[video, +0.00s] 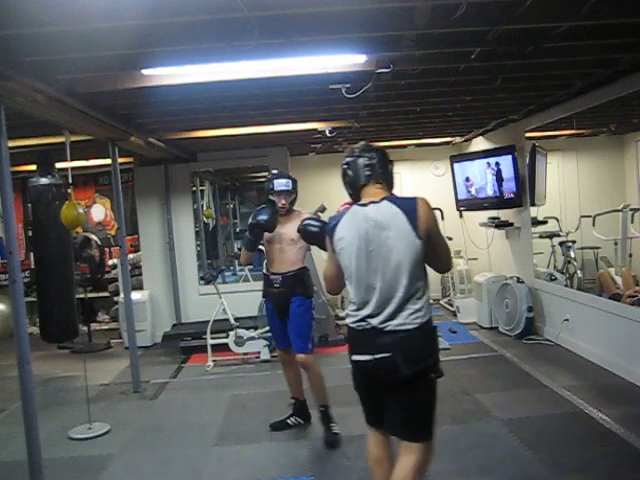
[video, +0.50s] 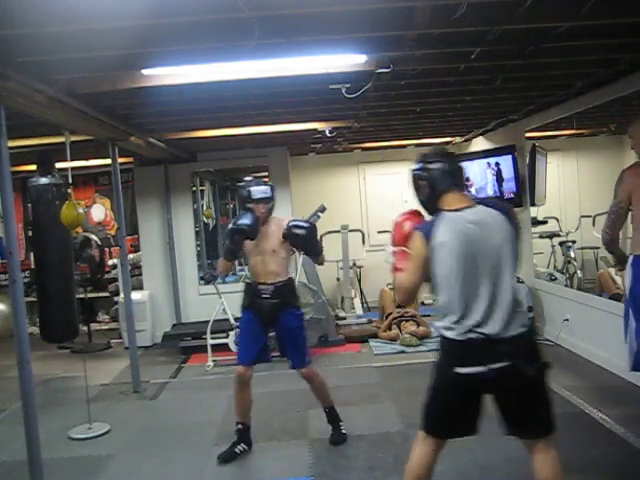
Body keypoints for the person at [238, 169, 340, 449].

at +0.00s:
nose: (282, 201)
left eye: (287, 196)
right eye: (278, 196)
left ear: (295, 196)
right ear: (270, 196)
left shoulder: (305, 220)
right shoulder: (263, 220)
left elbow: (333, 249)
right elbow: (245, 259)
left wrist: (324, 235)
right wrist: (254, 232)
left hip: (297, 286)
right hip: (271, 287)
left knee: (303, 357)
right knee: (285, 355)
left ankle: (327, 418)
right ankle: (300, 411)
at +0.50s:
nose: (259, 209)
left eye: (264, 203)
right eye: (254, 204)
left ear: (271, 203)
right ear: (246, 205)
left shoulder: (286, 226)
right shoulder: (242, 231)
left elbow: (319, 258)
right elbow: (223, 269)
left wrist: (310, 240)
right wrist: (234, 241)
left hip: (285, 299)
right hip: (254, 301)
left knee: (305, 369)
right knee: (242, 373)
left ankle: (335, 422)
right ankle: (243, 439)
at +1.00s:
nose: (239, 206)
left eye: (243, 201)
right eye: (233, 200)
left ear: (246, 203)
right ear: (217, 201)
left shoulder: (253, 228)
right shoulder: (199, 230)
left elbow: (282, 267)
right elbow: (189, 279)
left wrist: (289, 249)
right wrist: (210, 248)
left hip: (248, 310)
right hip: (212, 311)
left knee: (248, 391)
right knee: (205, 394)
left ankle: (243, 463)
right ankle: (226, 426)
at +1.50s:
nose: (249, 201)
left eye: (249, 195)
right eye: (244, 195)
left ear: (229, 194)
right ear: (224, 193)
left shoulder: (240, 224)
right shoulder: (195, 225)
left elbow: (271, 257)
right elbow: (195, 278)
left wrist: (297, 241)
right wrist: (231, 246)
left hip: (244, 318)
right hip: (210, 321)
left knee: (263, 399)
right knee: (208, 409)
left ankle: (264, 471)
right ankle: (194, 471)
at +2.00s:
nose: (295, 208)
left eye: (295, 202)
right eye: (291, 201)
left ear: (272, 196)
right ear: (275, 196)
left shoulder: (277, 224)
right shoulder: (232, 225)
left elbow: (330, 225)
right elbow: (238, 279)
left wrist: (373, 207)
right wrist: (278, 245)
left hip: (271, 325)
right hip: (241, 329)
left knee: (301, 403)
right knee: (251, 420)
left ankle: (300, 473)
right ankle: (215, 476)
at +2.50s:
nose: (323, 198)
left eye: (323, 192)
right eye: (322, 190)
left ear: (291, 187)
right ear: (314, 189)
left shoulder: (278, 221)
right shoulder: (292, 222)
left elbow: (302, 275)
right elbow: (319, 279)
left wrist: (326, 246)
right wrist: (336, 248)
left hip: (288, 322)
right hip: (288, 325)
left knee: (319, 402)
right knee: (292, 419)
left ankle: (325, 473)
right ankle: (251, 475)